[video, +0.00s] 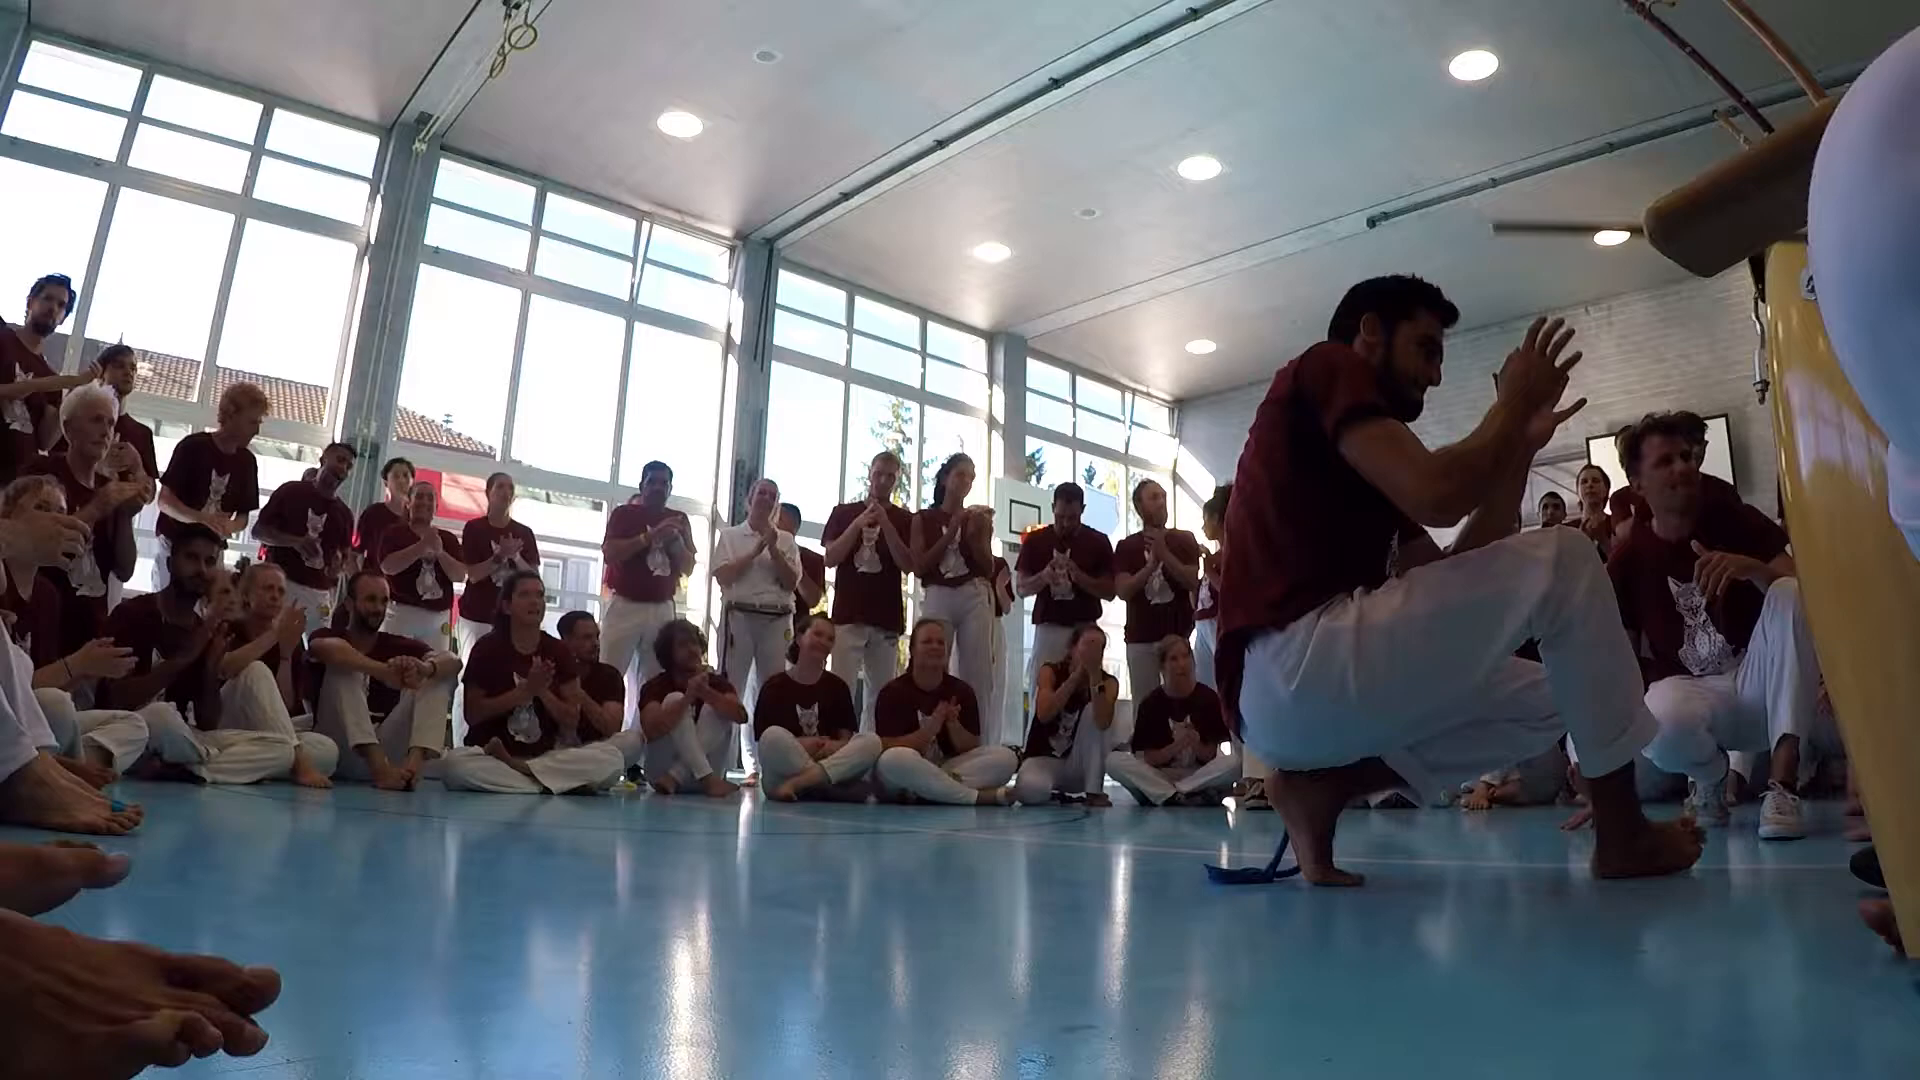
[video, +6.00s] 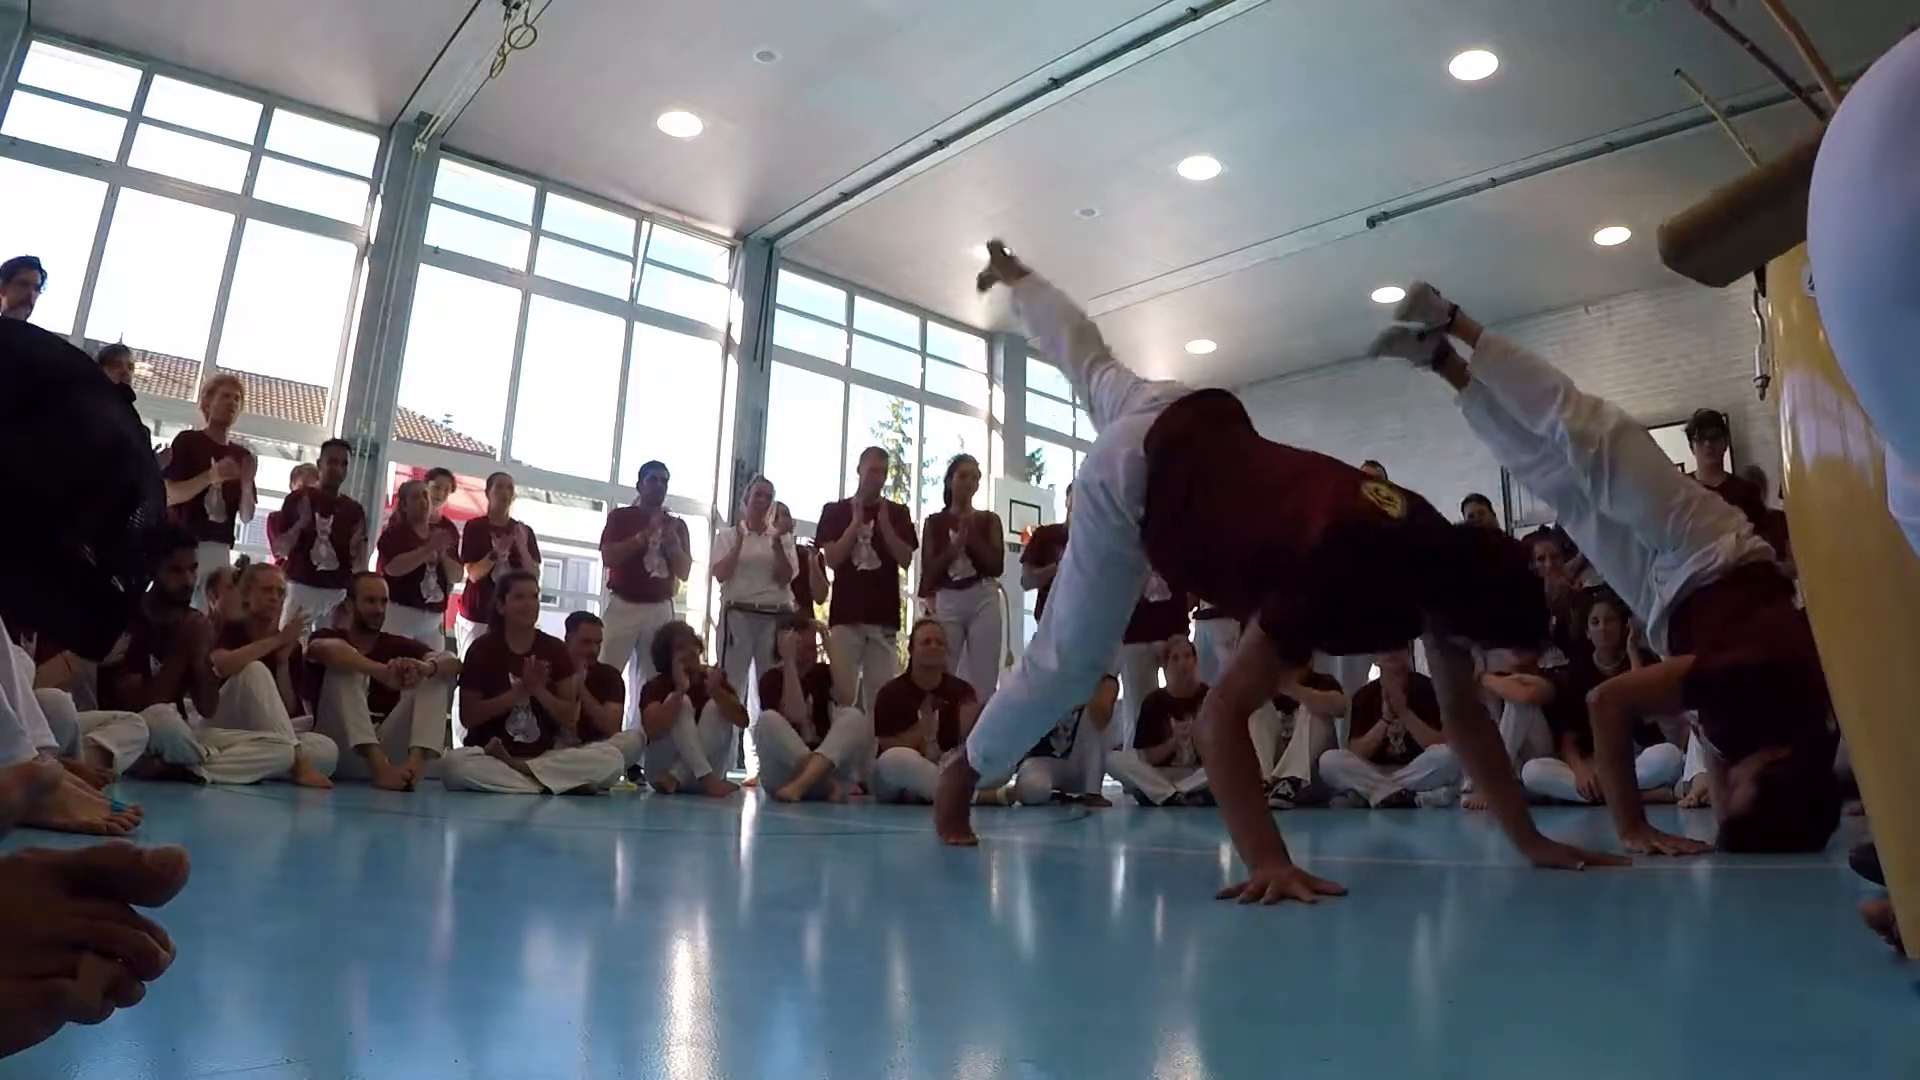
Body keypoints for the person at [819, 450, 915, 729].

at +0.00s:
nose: (883, 480)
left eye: (889, 476)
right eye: (878, 474)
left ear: (897, 480)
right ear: (869, 474)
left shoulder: (904, 518)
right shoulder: (843, 513)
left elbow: (908, 566)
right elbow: (831, 559)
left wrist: (886, 525)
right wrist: (857, 525)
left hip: (886, 619)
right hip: (848, 617)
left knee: (883, 697)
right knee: (840, 692)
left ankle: (881, 759)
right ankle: (838, 759)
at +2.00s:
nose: (881, 486)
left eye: (887, 480)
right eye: (876, 479)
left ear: (896, 480)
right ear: (868, 476)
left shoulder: (909, 516)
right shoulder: (846, 511)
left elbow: (913, 563)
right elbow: (834, 557)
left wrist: (887, 523)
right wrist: (859, 525)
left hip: (888, 618)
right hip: (849, 616)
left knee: (885, 695)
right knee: (841, 690)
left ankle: (881, 757)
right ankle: (838, 753)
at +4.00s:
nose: (861, 474)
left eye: (867, 469)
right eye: (856, 468)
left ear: (873, 474)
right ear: (845, 471)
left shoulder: (888, 512)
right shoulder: (823, 515)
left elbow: (904, 558)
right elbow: (823, 562)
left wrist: (890, 521)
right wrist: (846, 512)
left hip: (880, 620)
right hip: (841, 620)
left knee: (883, 701)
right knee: (837, 700)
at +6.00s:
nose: (875, 477)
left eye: (880, 471)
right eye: (870, 470)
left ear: (886, 475)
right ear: (858, 471)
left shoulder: (898, 512)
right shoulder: (835, 511)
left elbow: (905, 559)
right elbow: (832, 560)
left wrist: (884, 528)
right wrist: (854, 526)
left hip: (884, 618)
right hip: (846, 616)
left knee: (881, 699)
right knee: (844, 696)